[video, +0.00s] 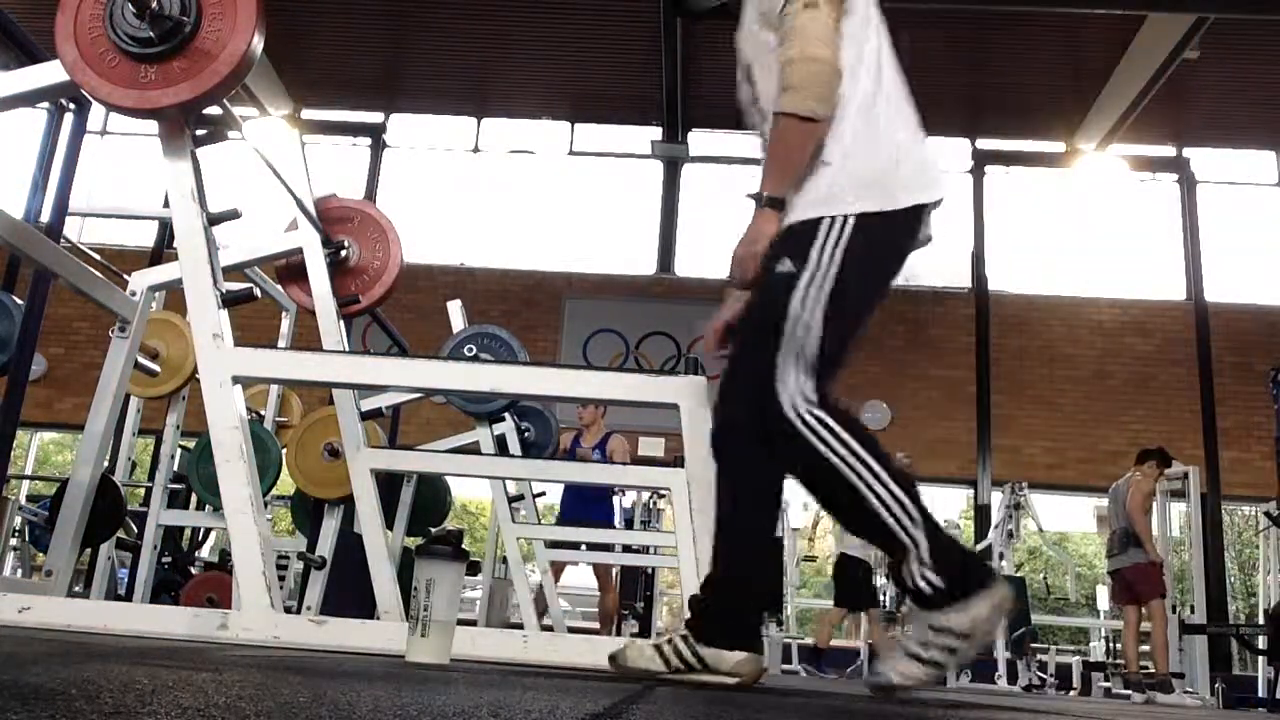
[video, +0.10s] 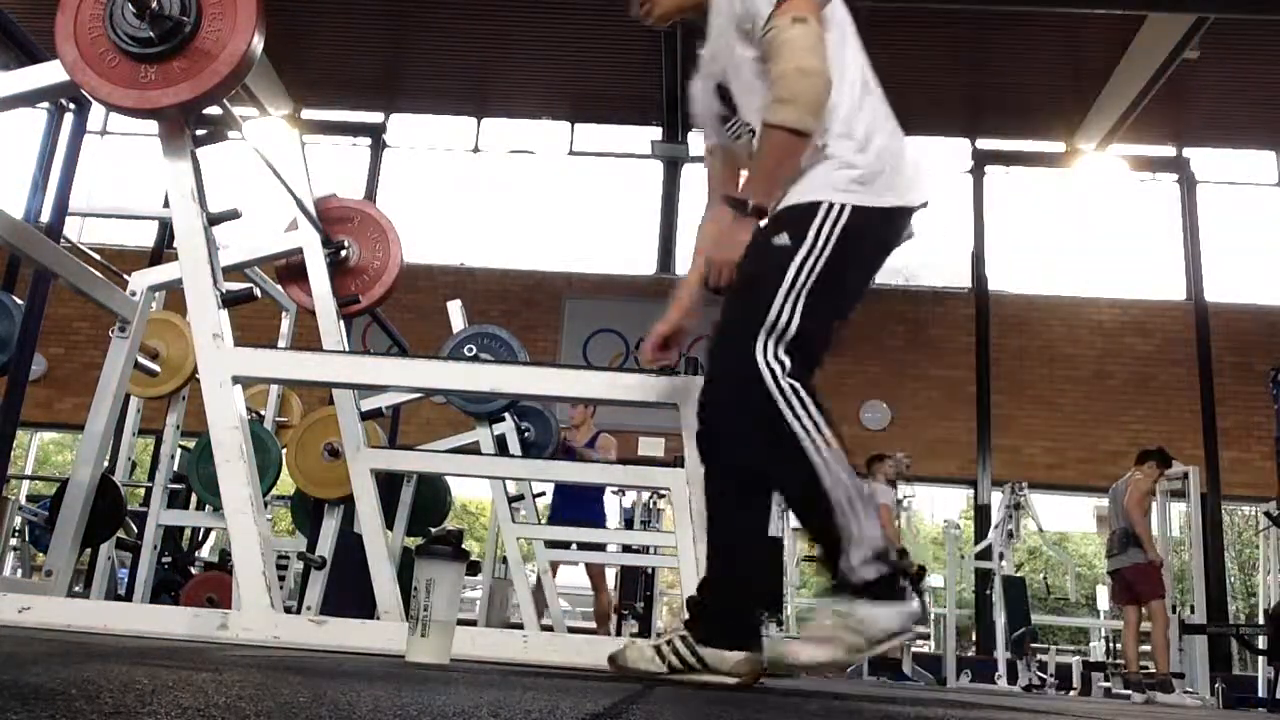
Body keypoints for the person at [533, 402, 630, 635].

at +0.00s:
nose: (579, 412)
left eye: (585, 407)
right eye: (579, 407)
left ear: (600, 411)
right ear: (579, 412)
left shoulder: (615, 442)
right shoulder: (567, 438)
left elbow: (622, 481)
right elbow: (549, 467)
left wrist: (593, 462)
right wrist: (563, 458)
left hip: (599, 519)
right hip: (569, 515)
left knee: (604, 579)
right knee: (552, 573)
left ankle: (606, 635)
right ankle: (530, 625)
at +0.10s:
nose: (571, 412)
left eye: (577, 408)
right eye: (570, 407)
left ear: (590, 411)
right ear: (568, 410)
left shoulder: (605, 440)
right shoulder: (561, 436)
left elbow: (606, 463)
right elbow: (541, 453)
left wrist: (575, 449)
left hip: (590, 516)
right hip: (559, 514)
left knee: (597, 579)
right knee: (545, 574)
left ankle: (603, 635)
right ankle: (531, 626)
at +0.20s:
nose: (556, 411)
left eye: (562, 406)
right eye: (555, 406)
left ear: (577, 409)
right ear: (555, 410)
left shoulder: (591, 437)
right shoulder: (550, 435)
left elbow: (596, 456)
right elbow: (534, 453)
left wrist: (569, 447)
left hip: (578, 514)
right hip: (549, 512)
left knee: (587, 578)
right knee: (536, 573)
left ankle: (598, 635)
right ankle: (531, 625)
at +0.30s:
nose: (569, 405)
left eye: (572, 401)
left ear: (574, 408)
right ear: (553, 404)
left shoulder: (581, 436)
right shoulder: (539, 433)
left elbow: (586, 454)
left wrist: (560, 446)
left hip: (569, 508)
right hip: (539, 507)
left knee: (578, 571)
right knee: (531, 569)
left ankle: (591, 624)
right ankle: (529, 622)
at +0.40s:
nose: (545, 414)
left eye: (550, 408)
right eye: (541, 409)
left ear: (558, 409)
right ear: (532, 411)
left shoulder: (571, 435)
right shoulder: (525, 435)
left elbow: (579, 454)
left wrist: (563, 446)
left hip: (564, 514)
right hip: (531, 515)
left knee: (573, 576)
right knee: (529, 575)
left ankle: (583, 630)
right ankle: (528, 629)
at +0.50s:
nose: (543, 408)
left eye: (547, 402)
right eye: (539, 401)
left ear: (552, 407)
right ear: (530, 406)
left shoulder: (565, 433)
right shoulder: (523, 433)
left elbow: (578, 453)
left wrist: (567, 448)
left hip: (558, 509)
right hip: (526, 511)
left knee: (565, 573)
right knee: (528, 572)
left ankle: (570, 627)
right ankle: (526, 625)